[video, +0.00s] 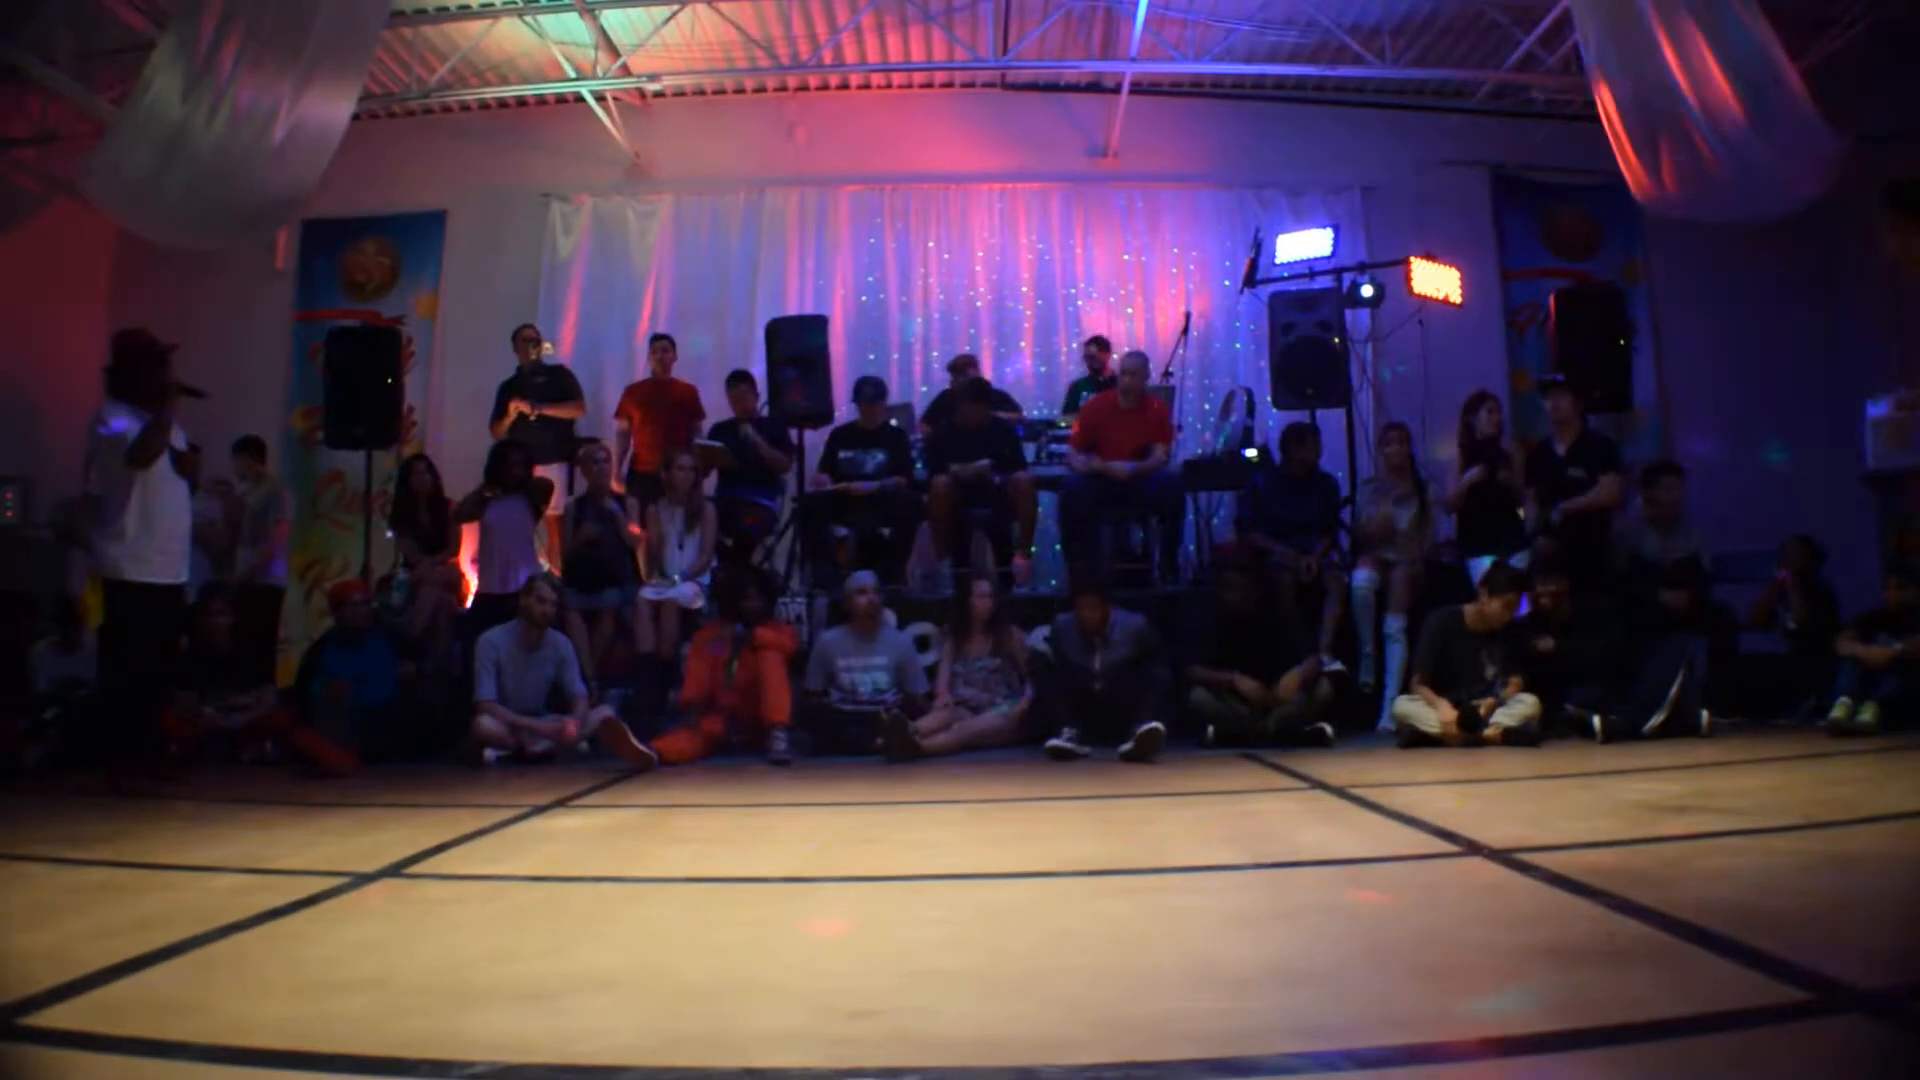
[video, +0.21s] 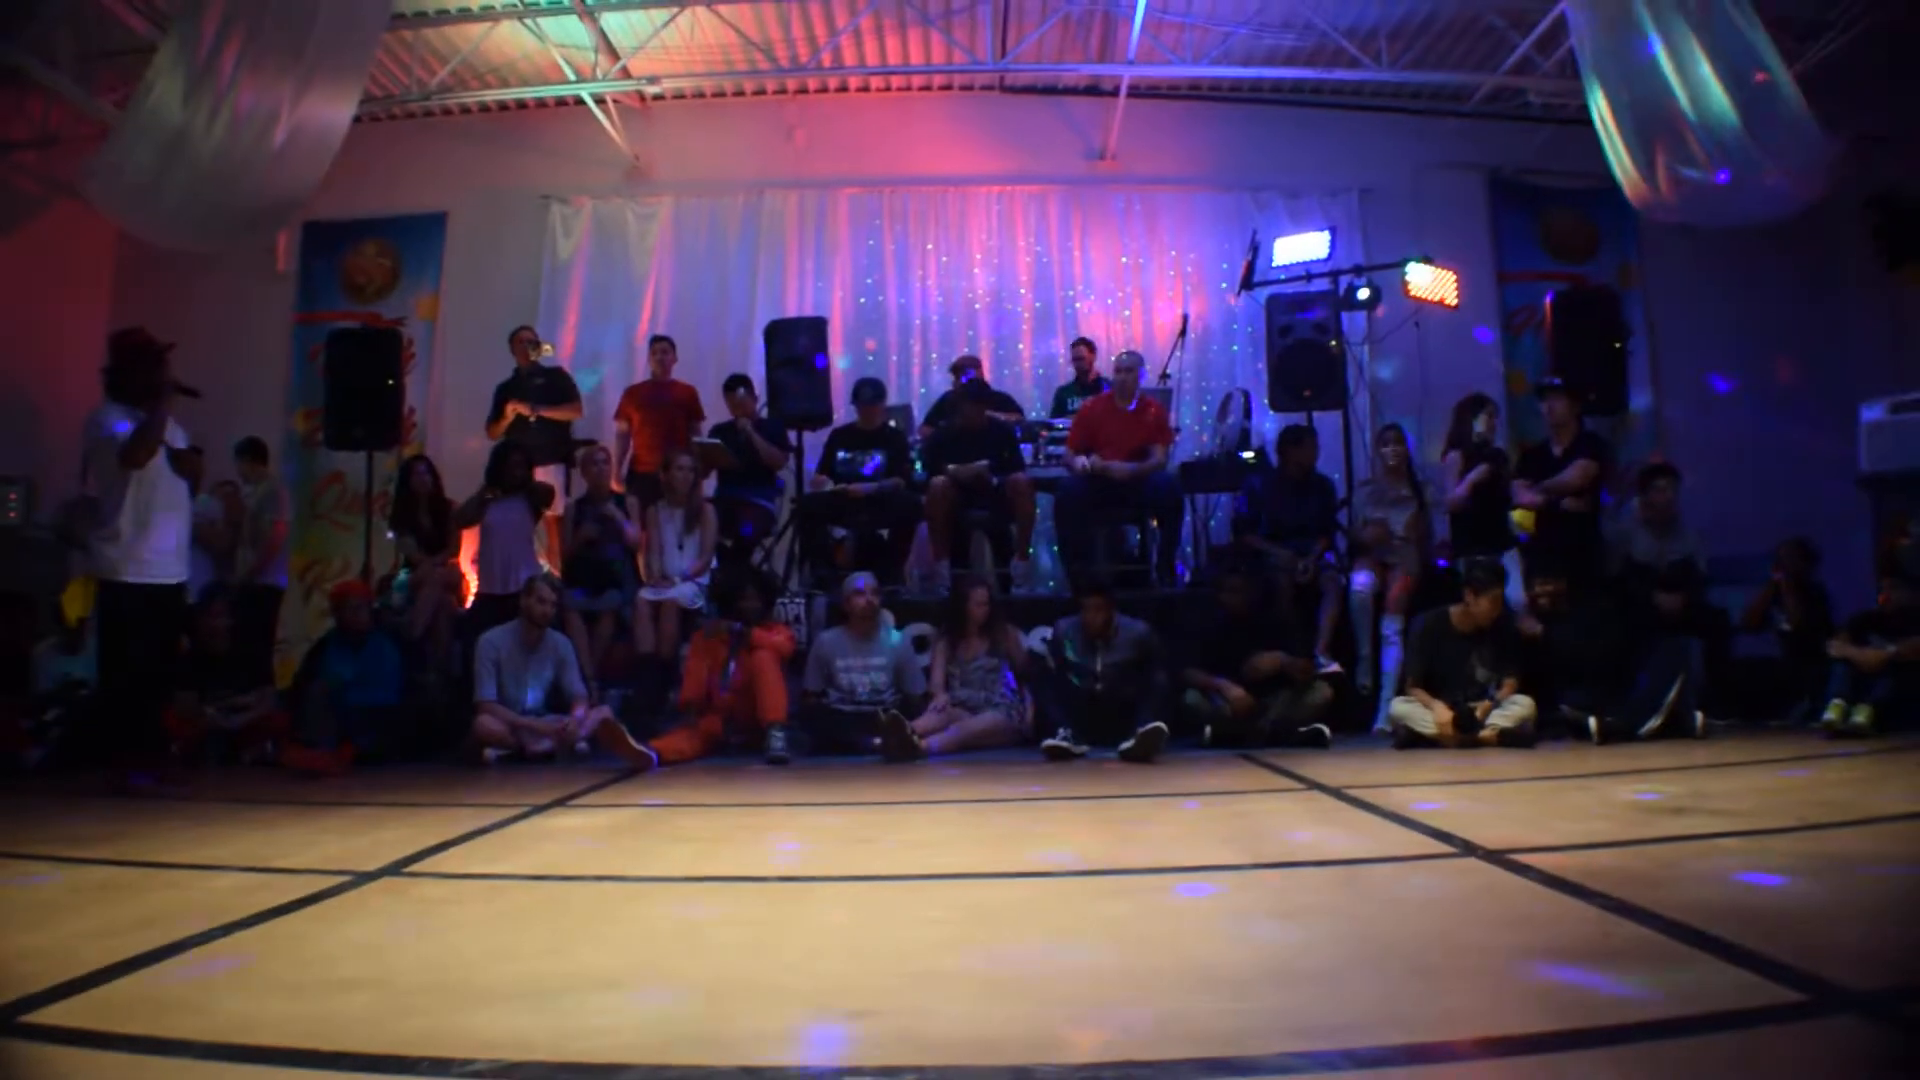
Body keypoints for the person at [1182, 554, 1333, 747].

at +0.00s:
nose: (1238, 595)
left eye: (1245, 587)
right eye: (1230, 588)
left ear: (1257, 588)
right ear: (1220, 590)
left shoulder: (1274, 620)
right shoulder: (1215, 623)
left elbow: (1313, 658)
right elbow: (1193, 670)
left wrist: (1295, 677)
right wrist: (1236, 680)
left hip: (1279, 694)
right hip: (1236, 700)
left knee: (1322, 689)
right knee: (1199, 696)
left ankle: (1242, 734)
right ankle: (1289, 733)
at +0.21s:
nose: (1233, 598)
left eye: (1240, 591)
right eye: (1228, 591)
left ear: (1254, 592)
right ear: (1219, 593)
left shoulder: (1271, 623)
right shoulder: (1213, 626)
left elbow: (1308, 669)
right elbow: (1189, 671)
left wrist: (1280, 661)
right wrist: (1226, 688)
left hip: (1272, 698)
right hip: (1227, 703)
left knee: (1320, 692)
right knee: (1192, 698)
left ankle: (1231, 737)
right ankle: (1287, 735)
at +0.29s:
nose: (1243, 599)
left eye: (1249, 592)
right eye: (1238, 593)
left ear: (1262, 594)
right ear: (1230, 595)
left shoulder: (1278, 625)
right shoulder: (1221, 629)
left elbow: (1308, 672)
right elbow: (1195, 672)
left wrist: (1279, 651)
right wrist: (1227, 689)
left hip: (1278, 697)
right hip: (1234, 702)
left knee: (1323, 694)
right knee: (1195, 699)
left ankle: (1232, 736)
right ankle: (1293, 735)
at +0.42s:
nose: (1283, 610)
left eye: (1290, 605)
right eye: (1278, 603)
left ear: (1301, 606)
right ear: (1269, 602)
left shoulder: (1311, 629)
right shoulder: (1251, 628)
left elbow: (1334, 671)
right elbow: (1217, 671)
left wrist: (1304, 627)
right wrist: (1252, 690)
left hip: (1303, 696)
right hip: (1257, 702)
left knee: (1346, 693)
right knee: (1219, 699)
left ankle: (1259, 734)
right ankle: (1310, 735)